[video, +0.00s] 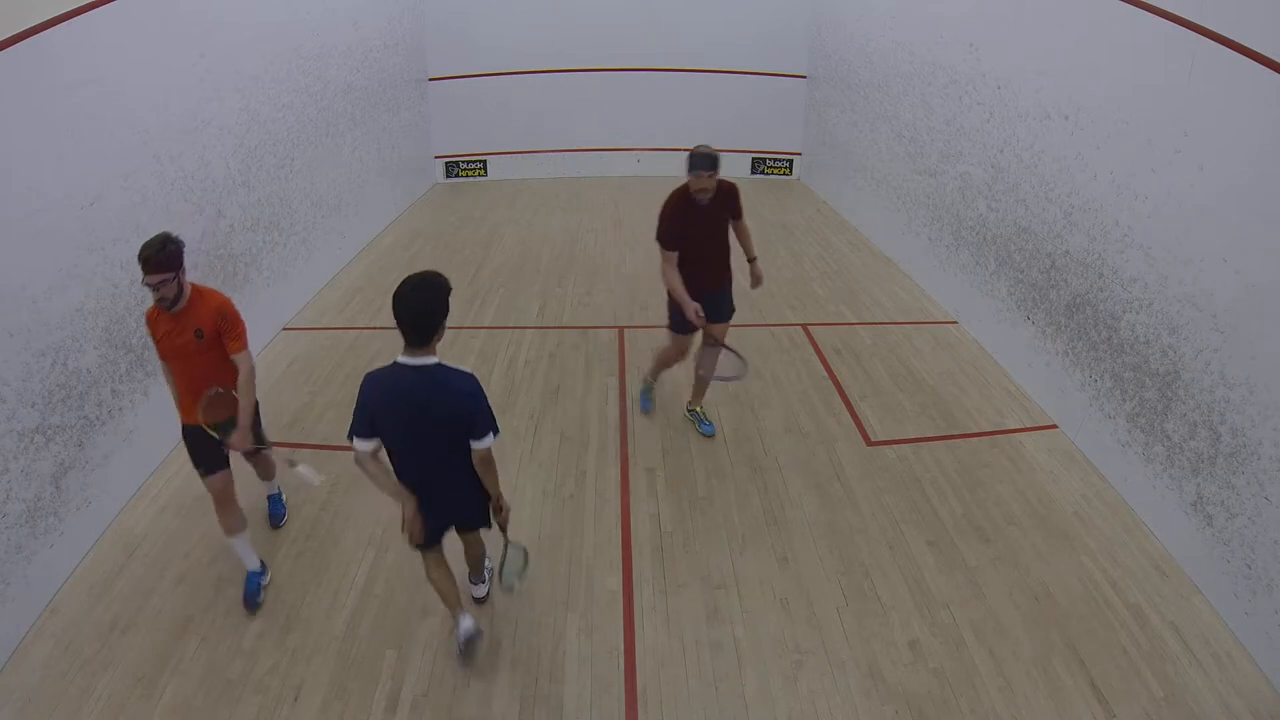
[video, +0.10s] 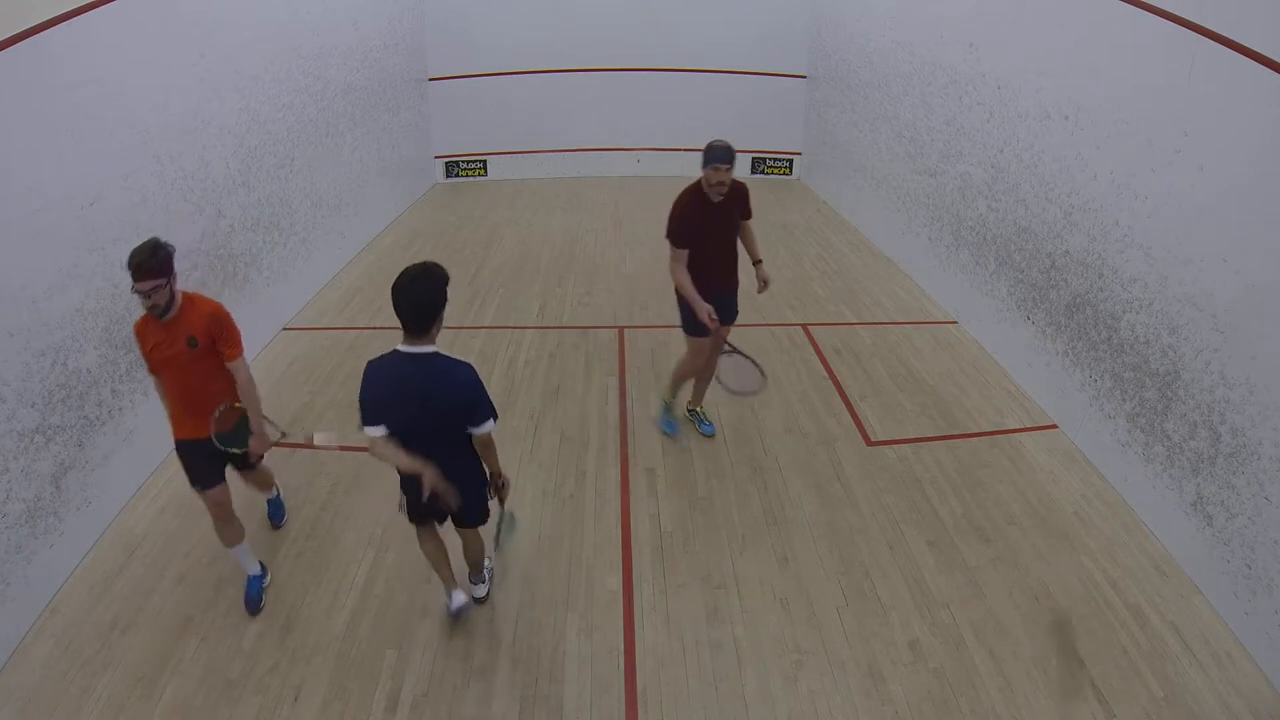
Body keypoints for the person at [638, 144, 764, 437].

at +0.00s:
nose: (701, 182)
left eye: (707, 176)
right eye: (695, 176)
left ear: (716, 175)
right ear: (688, 175)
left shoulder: (728, 193)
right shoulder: (674, 206)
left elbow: (739, 225)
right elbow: (669, 265)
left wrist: (753, 262)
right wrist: (686, 302)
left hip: (718, 281)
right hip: (685, 285)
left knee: (714, 343)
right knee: (679, 349)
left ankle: (695, 405)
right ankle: (649, 379)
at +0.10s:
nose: (719, 177)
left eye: (725, 170)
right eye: (713, 170)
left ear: (733, 171)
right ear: (703, 170)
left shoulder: (738, 192)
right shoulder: (686, 204)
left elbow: (744, 229)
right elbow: (677, 267)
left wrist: (758, 264)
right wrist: (698, 304)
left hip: (726, 285)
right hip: (693, 288)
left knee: (716, 350)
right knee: (699, 356)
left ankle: (694, 407)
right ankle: (668, 400)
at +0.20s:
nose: (734, 176)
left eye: (740, 169)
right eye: (727, 169)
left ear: (746, 170)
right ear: (716, 169)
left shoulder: (748, 194)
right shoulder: (696, 205)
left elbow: (748, 231)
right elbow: (685, 268)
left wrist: (763, 267)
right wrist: (709, 305)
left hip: (732, 287)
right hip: (702, 290)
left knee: (713, 357)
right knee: (710, 362)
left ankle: (697, 410)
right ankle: (693, 419)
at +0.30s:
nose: (749, 176)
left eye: (755, 170)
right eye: (742, 169)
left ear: (759, 171)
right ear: (728, 170)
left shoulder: (756, 197)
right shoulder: (707, 207)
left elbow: (755, 235)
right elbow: (688, 267)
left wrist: (771, 272)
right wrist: (718, 303)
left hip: (739, 288)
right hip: (709, 292)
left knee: (717, 351)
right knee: (721, 362)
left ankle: (695, 405)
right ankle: (720, 442)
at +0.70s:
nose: (799, 183)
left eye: (803, 176)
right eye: (794, 176)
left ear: (802, 173)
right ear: (774, 171)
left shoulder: (783, 197)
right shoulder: (749, 208)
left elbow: (778, 247)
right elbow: (713, 261)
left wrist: (800, 282)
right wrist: (750, 300)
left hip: (771, 302)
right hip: (745, 306)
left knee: (777, 351)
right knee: (745, 373)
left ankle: (739, 405)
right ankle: (726, 442)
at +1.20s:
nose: (828, 166)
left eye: (828, 160)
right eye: (829, 161)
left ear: (799, 158)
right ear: (823, 162)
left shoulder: (784, 187)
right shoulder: (810, 201)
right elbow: (804, 262)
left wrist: (819, 188)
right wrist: (816, 310)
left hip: (774, 285)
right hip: (793, 295)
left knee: (782, 351)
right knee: (807, 364)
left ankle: (774, 412)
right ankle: (753, 424)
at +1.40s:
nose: (831, 162)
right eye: (832, 158)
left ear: (804, 157)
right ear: (832, 160)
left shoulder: (785, 188)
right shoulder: (834, 200)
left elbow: (779, 235)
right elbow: (841, 259)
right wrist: (850, 298)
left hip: (779, 288)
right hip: (815, 293)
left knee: (779, 351)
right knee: (818, 351)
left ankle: (775, 417)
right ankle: (801, 415)